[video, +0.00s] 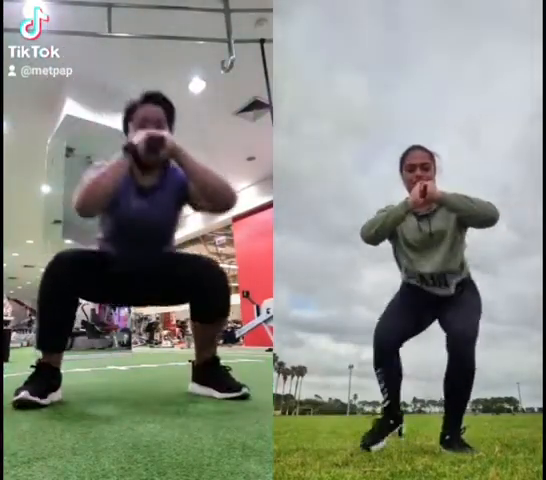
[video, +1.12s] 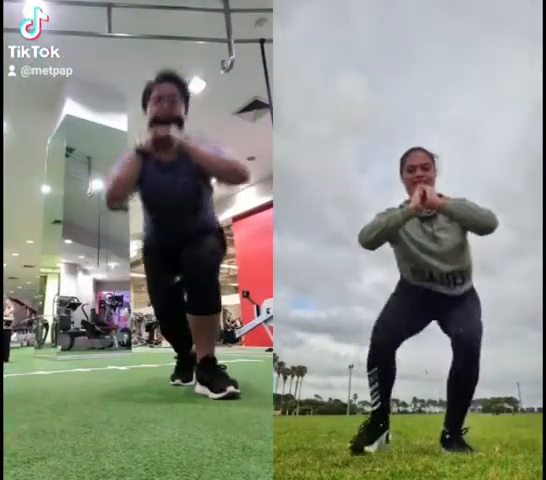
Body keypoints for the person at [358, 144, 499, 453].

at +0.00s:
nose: (419, 175)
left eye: (425, 168)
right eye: (412, 170)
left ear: (435, 172)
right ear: (402, 176)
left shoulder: (452, 207)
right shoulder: (396, 214)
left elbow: (491, 215)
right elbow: (368, 235)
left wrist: (440, 198)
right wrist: (408, 205)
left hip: (458, 294)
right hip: (416, 295)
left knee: (462, 346)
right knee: (384, 339)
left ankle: (451, 434)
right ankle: (391, 415)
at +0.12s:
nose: (426, 174)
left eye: (432, 167)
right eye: (419, 169)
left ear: (443, 171)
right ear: (410, 176)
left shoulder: (461, 207)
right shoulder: (403, 212)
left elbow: (501, 212)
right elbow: (377, 231)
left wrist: (450, 195)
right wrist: (418, 202)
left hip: (467, 294)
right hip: (424, 296)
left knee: (464, 356)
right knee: (412, 365)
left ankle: (452, 436)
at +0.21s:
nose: (430, 178)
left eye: (436, 172)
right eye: (423, 173)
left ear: (448, 175)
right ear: (414, 181)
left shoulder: (466, 211)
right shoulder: (409, 216)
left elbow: (507, 216)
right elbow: (381, 234)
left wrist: (456, 199)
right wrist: (423, 206)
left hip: (471, 299)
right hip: (428, 304)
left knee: (465, 348)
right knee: (436, 386)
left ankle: (453, 434)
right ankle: (482, 389)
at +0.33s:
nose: (438, 197)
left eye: (445, 191)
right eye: (431, 193)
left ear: (456, 196)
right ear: (423, 201)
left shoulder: (476, 232)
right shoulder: (416, 237)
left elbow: (519, 234)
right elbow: (389, 254)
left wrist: (467, 220)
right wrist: (434, 226)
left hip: (482, 315)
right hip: (439, 323)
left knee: (466, 342)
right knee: (478, 410)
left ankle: (452, 434)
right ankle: (526, 408)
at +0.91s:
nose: (433, 185)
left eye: (440, 178)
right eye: (425, 180)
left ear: (450, 183)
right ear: (416, 187)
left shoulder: (468, 221)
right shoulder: (409, 224)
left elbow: (513, 232)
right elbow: (386, 246)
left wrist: (463, 215)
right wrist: (431, 220)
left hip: (476, 306)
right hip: (434, 313)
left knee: (471, 342)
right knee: (448, 398)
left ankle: (454, 433)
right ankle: (502, 403)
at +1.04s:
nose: (425, 175)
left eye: (431, 168)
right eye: (417, 170)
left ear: (442, 172)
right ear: (408, 177)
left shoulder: (461, 207)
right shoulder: (402, 215)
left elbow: (499, 222)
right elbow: (374, 238)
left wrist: (450, 204)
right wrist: (417, 210)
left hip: (468, 297)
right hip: (424, 297)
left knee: (471, 348)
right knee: (400, 359)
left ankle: (454, 433)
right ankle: (435, 397)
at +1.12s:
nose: (420, 175)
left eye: (426, 169)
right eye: (412, 170)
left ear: (436, 173)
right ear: (402, 177)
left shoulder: (455, 207)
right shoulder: (396, 216)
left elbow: (489, 224)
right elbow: (366, 240)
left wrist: (442, 206)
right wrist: (410, 211)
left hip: (459, 299)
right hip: (413, 296)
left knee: (469, 348)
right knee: (381, 342)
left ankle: (453, 434)